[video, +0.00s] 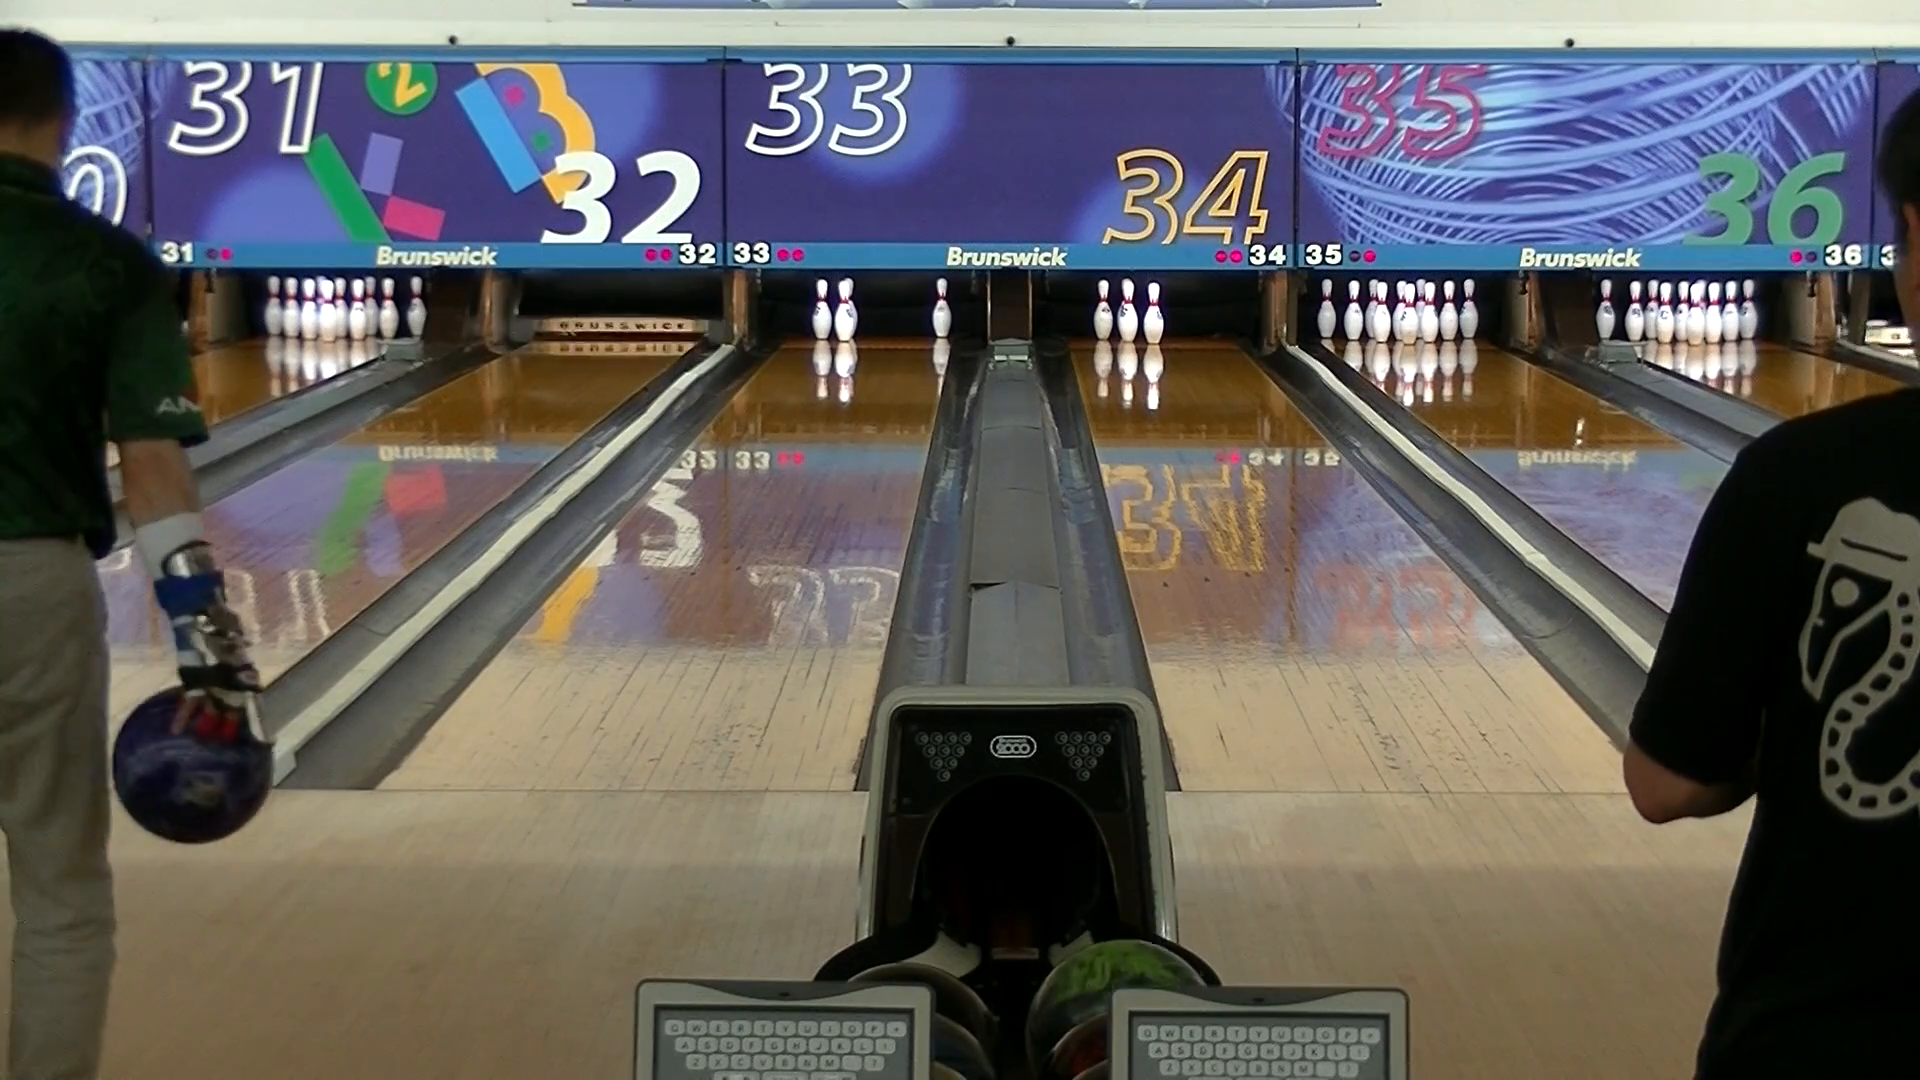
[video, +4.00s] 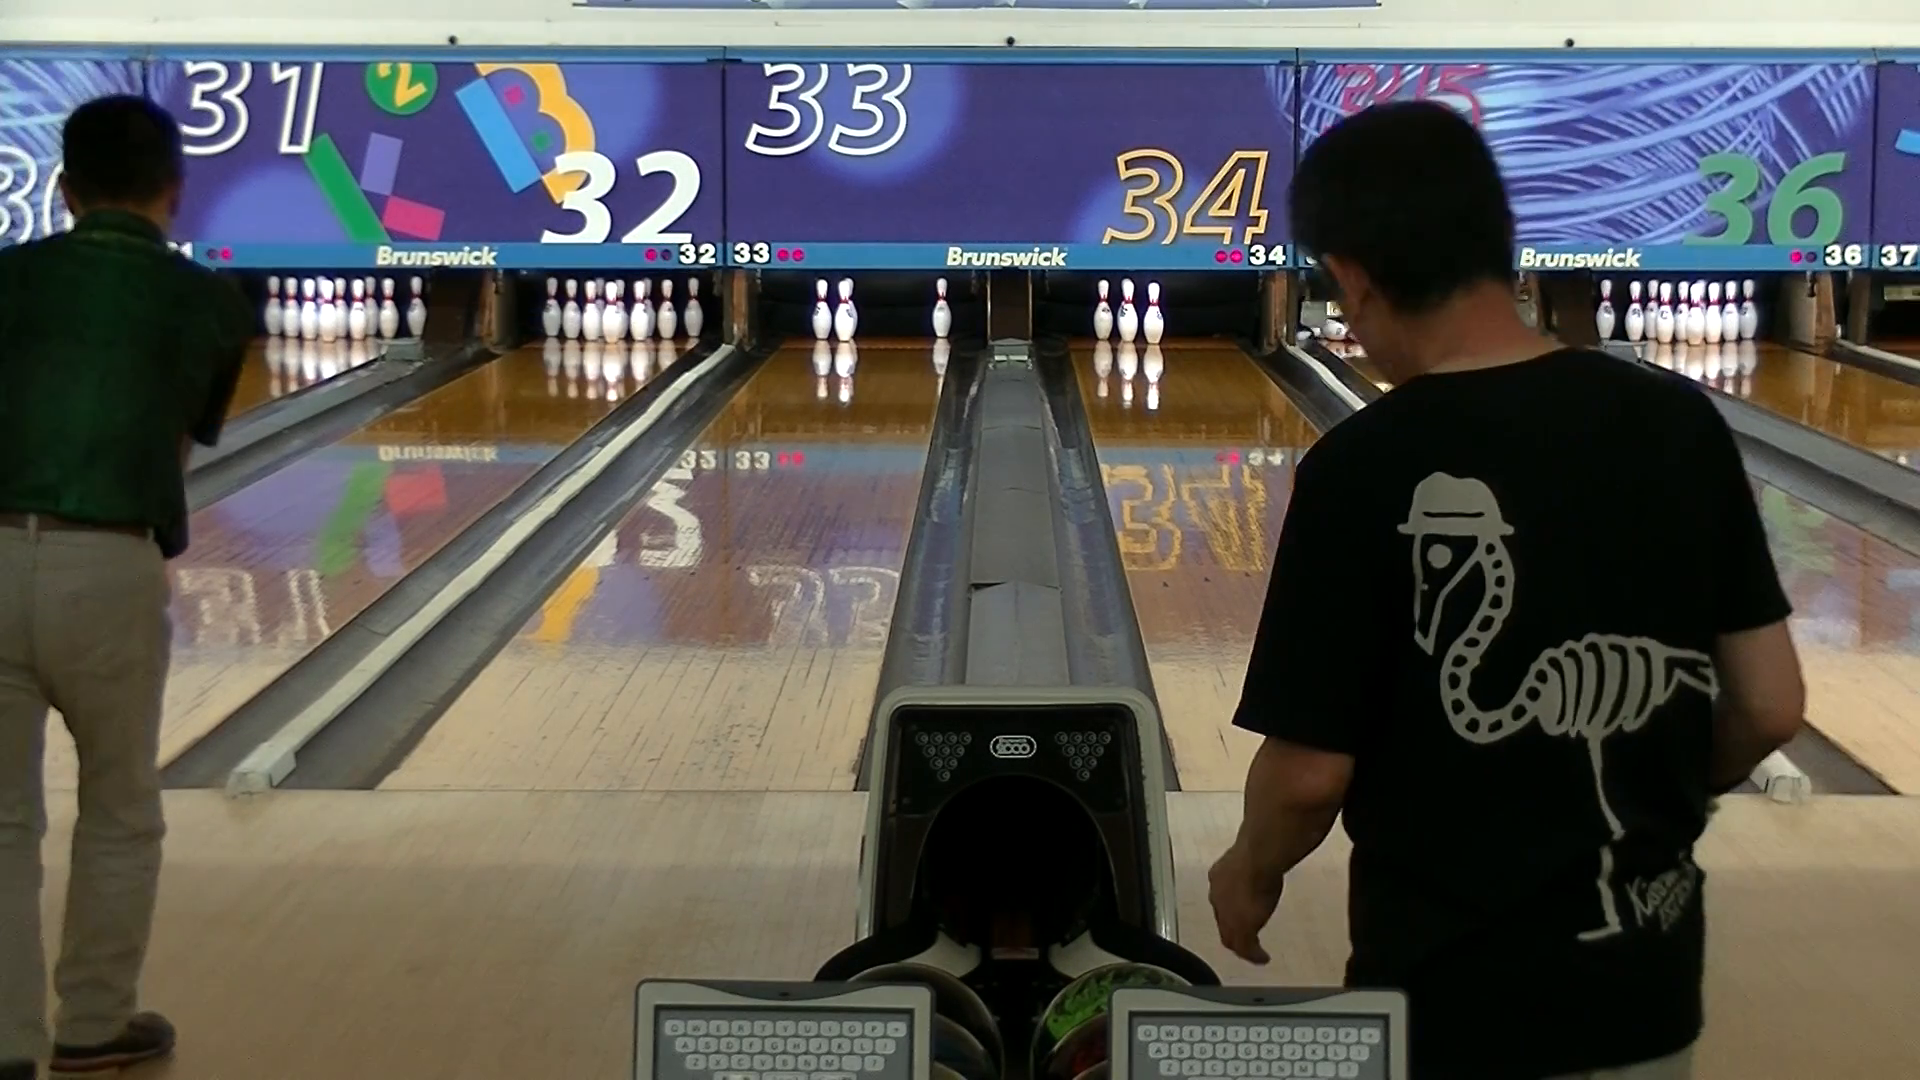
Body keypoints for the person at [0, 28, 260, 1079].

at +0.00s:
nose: (55, 138)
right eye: (61, 118)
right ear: (58, 122)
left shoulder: (100, 261)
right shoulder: (101, 260)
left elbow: (145, 457)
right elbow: (146, 456)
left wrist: (195, 616)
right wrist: (200, 617)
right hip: (29, 590)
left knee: (50, 884)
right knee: (55, 886)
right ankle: (49, 1067)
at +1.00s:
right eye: (56, 80)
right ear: (70, 99)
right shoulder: (125, 232)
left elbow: (141, 347)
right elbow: (137, 351)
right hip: (75, 570)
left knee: (66, 858)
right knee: (83, 863)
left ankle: (48, 1061)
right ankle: (60, 1068)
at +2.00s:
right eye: (60, 99)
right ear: (68, 113)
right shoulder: (123, 243)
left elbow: (140, 378)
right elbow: (140, 378)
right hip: (57, 583)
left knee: (68, 869)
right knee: (81, 873)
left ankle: (43, 1060)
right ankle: (60, 1068)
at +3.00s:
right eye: (93, 114)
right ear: (94, 127)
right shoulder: (155, 254)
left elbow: (174, 406)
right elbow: (176, 404)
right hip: (74, 577)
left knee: (12, 871)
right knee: (85, 867)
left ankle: (27, 1062)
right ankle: (63, 1072)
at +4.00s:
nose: (181, 197)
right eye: (178, 185)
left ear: (68, 186)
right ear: (171, 190)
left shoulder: (12, 271)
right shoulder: (203, 297)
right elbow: (199, 424)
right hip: (106, 574)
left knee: (7, 822)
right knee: (118, 813)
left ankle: (10, 1040)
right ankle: (92, 1025)